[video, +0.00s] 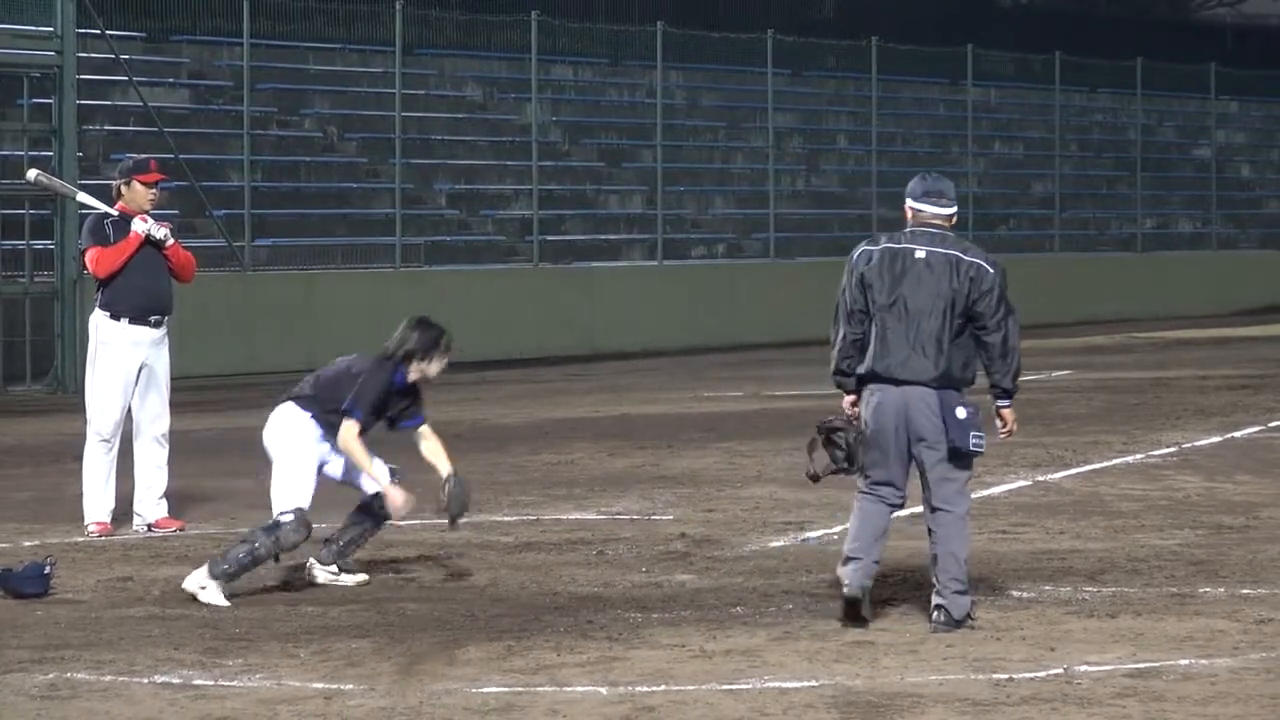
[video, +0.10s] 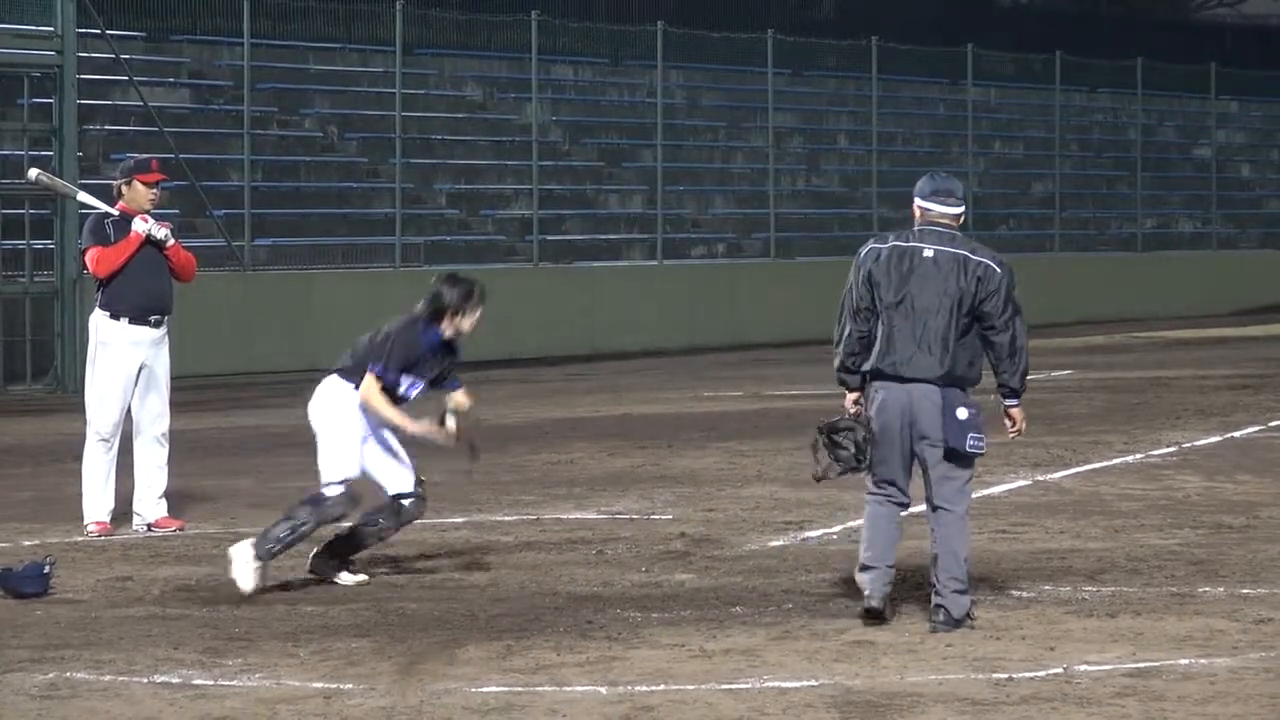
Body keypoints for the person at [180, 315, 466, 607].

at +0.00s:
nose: (444, 366)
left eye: (445, 359)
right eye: (442, 358)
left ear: (421, 357)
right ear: (421, 356)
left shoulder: (408, 388)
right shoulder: (379, 374)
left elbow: (423, 435)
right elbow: (346, 438)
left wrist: (448, 475)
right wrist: (385, 484)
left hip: (327, 438)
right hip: (295, 423)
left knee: (390, 488)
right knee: (293, 526)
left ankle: (328, 562)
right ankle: (208, 577)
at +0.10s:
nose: (478, 320)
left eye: (479, 313)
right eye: (475, 313)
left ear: (453, 314)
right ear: (454, 314)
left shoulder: (444, 347)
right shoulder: (410, 333)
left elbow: (458, 395)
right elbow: (368, 392)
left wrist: (454, 414)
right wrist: (415, 427)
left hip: (369, 412)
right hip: (337, 399)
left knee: (409, 501)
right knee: (341, 495)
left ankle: (328, 559)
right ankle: (253, 551)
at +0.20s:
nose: (503, 272)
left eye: (503, 265)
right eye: (498, 265)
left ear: (475, 270)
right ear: (476, 269)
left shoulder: (485, 305)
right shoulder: (431, 293)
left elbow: (502, 348)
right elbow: (398, 350)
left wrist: (513, 353)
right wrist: (454, 351)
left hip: (420, 391)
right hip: (387, 378)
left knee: (428, 493)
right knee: (420, 463)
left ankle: (344, 546)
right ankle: (355, 540)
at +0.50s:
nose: (598, 228)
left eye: (595, 221)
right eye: (588, 222)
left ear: (579, 229)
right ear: (564, 231)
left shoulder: (607, 267)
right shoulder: (521, 272)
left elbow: (669, 279)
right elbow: (461, 277)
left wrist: (720, 306)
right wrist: (503, 237)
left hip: (598, 378)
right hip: (550, 380)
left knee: (639, 468)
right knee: (553, 478)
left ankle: (625, 524)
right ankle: (508, 556)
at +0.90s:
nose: (769, 195)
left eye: (767, 188)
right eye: (767, 189)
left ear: (725, 192)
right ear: (759, 193)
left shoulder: (699, 231)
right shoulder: (769, 226)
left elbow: (674, 290)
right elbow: (801, 282)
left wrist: (713, 317)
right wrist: (812, 324)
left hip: (720, 335)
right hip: (760, 329)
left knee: (752, 437)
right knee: (798, 427)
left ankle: (752, 540)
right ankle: (711, 426)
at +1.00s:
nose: (798, 193)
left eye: (795, 186)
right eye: (796, 187)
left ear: (753, 186)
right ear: (788, 190)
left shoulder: (728, 222)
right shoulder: (805, 226)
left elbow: (699, 279)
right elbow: (824, 281)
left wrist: (709, 326)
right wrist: (829, 328)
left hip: (749, 327)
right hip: (797, 324)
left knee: (758, 436)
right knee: (821, 404)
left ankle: (760, 534)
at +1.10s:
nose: (820, 197)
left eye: (817, 190)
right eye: (819, 191)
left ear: (777, 189)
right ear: (814, 194)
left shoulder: (755, 225)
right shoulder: (833, 229)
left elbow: (724, 280)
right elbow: (851, 287)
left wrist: (704, 335)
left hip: (778, 329)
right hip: (832, 328)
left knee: (773, 433)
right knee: (845, 407)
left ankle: (767, 537)